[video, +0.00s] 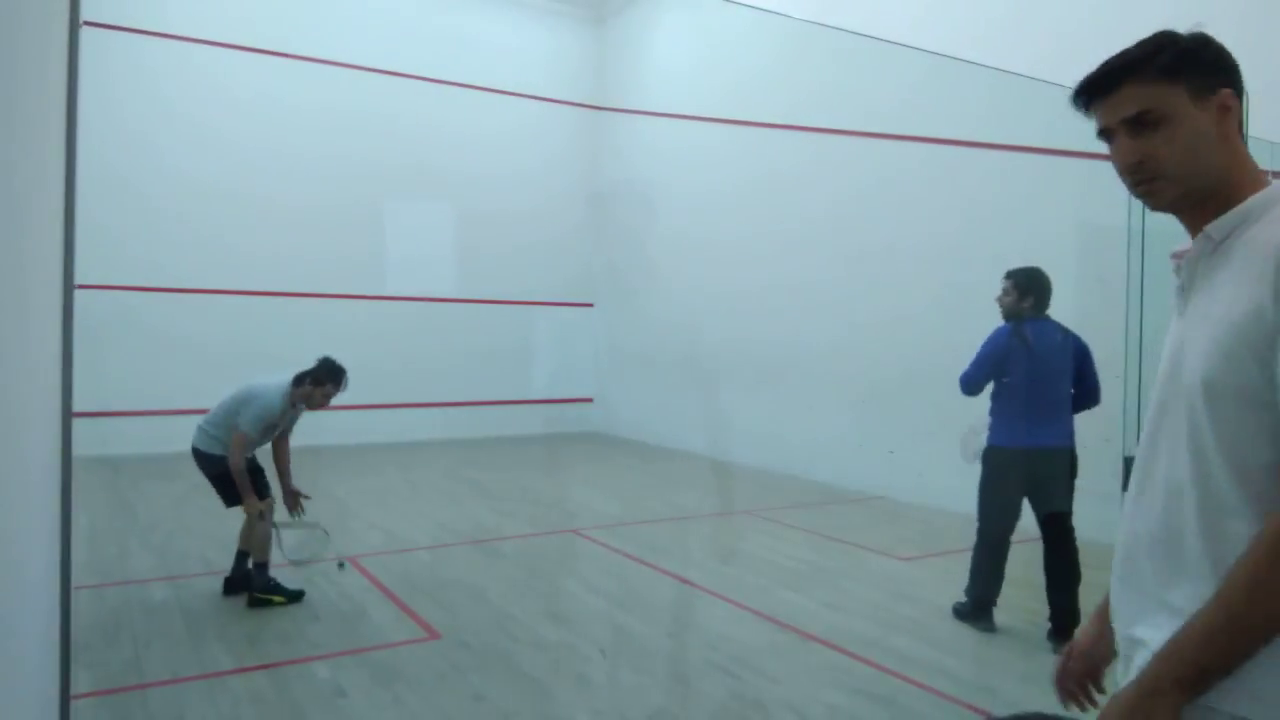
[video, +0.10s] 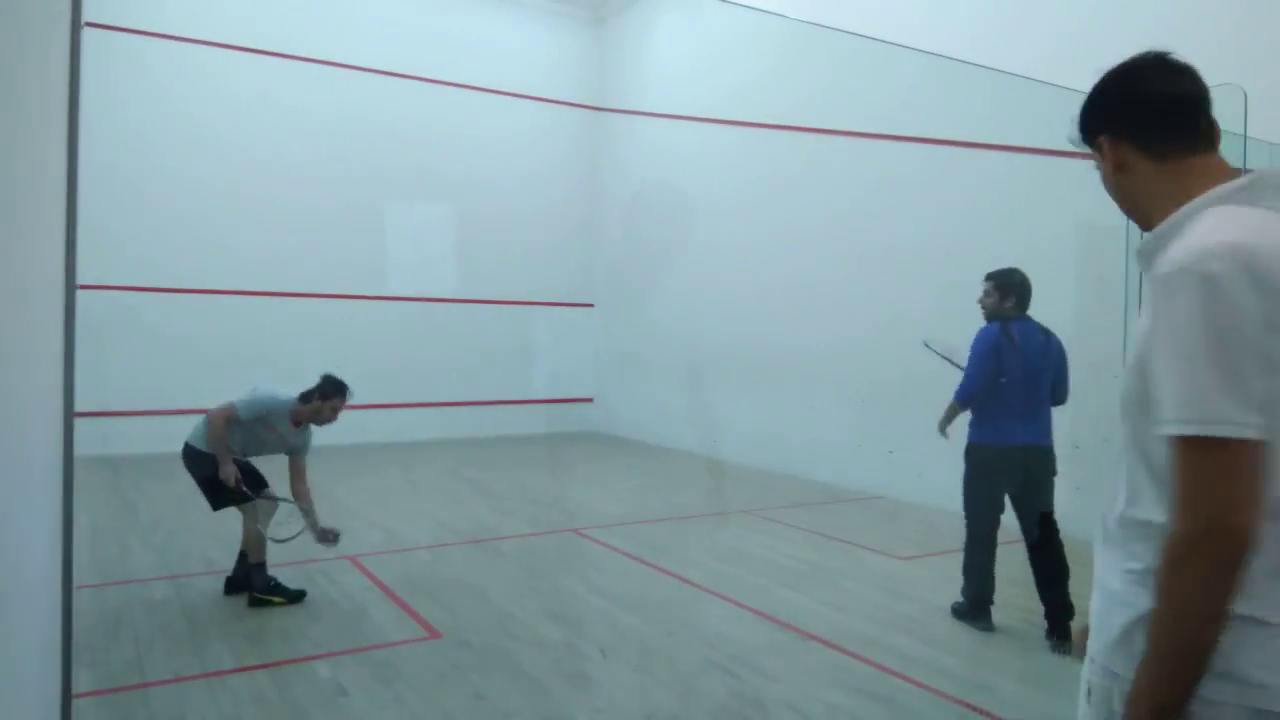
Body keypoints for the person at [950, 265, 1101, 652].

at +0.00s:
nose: (998, 298)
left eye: (1006, 293)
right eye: (1001, 291)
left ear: (1028, 298)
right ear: (1038, 300)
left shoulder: (1005, 337)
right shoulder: (1070, 340)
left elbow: (970, 384)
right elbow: (1090, 395)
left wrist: (992, 368)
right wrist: (1052, 407)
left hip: (1007, 457)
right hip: (1055, 458)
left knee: (993, 532)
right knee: (1059, 536)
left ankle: (980, 606)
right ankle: (1064, 628)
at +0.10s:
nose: (980, 300)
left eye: (987, 294)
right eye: (982, 293)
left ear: (1009, 299)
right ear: (1018, 300)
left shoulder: (990, 335)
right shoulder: (1049, 340)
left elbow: (973, 386)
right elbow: (1059, 394)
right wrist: (1017, 393)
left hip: (990, 453)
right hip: (1036, 455)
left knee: (981, 529)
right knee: (1043, 533)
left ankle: (977, 605)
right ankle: (1059, 626)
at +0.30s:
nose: (965, 300)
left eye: (970, 295)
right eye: (967, 294)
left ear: (985, 299)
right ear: (1003, 301)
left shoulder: (967, 334)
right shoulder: (1023, 336)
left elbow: (949, 386)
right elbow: (1034, 387)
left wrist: (929, 424)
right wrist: (1029, 432)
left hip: (969, 448)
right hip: (1011, 448)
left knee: (968, 525)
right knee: (1014, 522)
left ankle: (971, 600)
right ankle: (1033, 601)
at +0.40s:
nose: (968, 300)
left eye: (972, 294)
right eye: (970, 293)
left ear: (986, 299)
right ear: (1006, 301)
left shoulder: (962, 334)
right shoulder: (1030, 341)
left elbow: (939, 378)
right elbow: (1048, 390)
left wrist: (919, 415)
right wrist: (1010, 394)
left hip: (966, 449)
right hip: (1011, 451)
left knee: (969, 528)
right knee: (1012, 527)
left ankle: (976, 603)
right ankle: (1023, 605)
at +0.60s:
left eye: (1005, 297)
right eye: (1033, 297)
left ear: (1003, 299)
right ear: (1038, 301)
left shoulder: (980, 338)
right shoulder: (1055, 346)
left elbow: (959, 390)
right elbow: (1071, 405)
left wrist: (952, 425)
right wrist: (1080, 453)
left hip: (987, 454)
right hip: (1035, 456)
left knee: (977, 527)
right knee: (1029, 534)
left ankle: (978, 599)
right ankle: (1017, 610)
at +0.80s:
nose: (1003, 306)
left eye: (1005, 301)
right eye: (1007, 301)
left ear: (1010, 304)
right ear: (1042, 307)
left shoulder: (984, 339)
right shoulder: (1057, 347)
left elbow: (960, 391)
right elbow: (1072, 404)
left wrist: (957, 429)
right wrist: (1073, 449)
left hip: (987, 453)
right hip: (1033, 457)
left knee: (981, 524)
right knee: (1029, 535)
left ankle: (980, 595)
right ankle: (1015, 612)